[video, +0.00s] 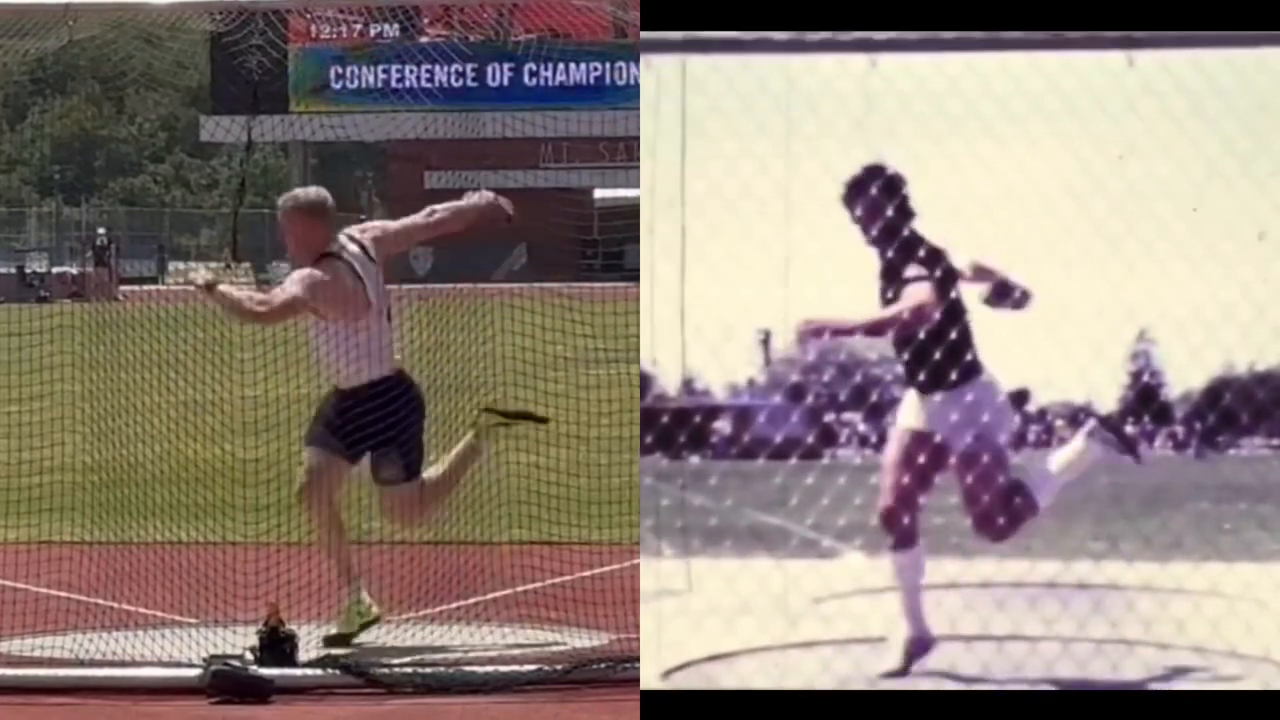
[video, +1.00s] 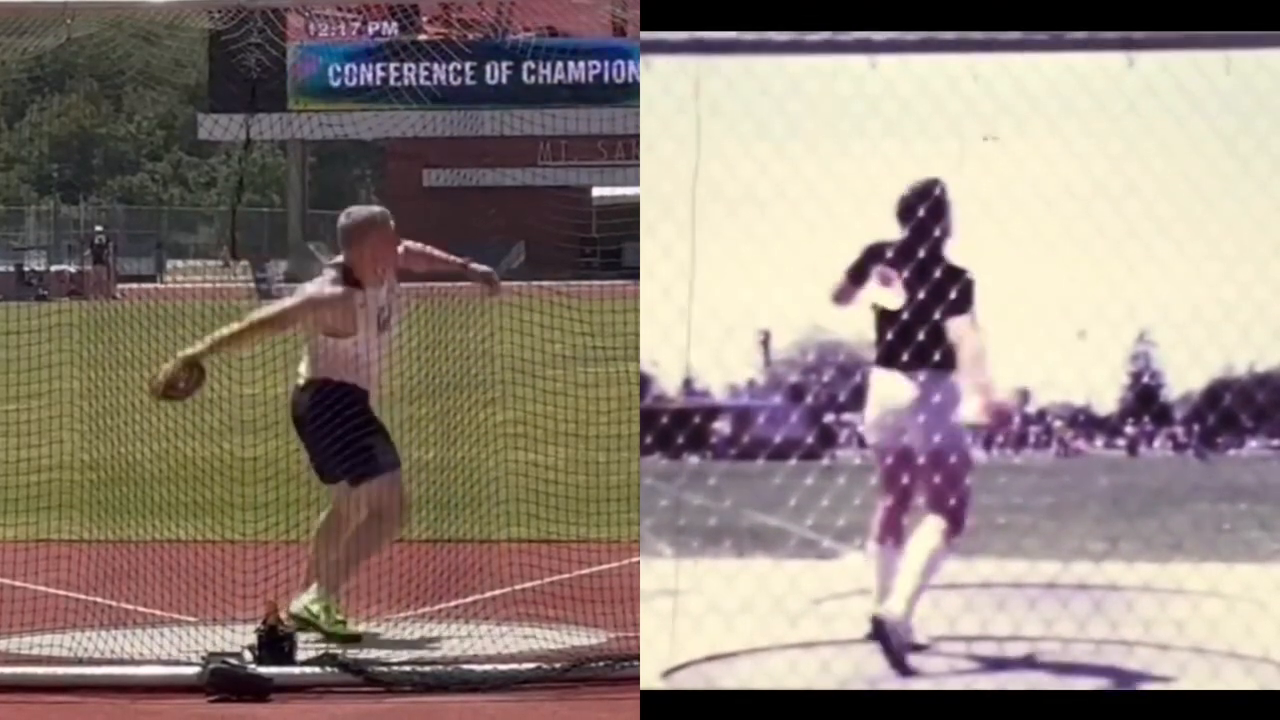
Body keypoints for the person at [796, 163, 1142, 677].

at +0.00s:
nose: (863, 226)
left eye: (869, 214)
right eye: (857, 217)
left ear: (893, 207)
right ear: (860, 218)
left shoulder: (916, 256)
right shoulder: (900, 256)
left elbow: (919, 310)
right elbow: (968, 270)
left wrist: (841, 329)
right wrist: (1006, 284)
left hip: (969, 401)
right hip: (924, 402)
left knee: (996, 522)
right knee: (895, 513)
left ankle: (1089, 445)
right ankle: (916, 632)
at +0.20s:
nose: (873, 239)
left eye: (877, 226)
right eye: (867, 230)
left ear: (901, 218)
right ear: (868, 229)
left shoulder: (935, 263)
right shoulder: (876, 271)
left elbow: (959, 307)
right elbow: (900, 320)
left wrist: (883, 323)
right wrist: (867, 326)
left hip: (964, 399)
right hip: (908, 401)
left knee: (1000, 518)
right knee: (899, 522)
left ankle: (1029, 462)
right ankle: (904, 635)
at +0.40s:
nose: (902, 251)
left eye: (907, 239)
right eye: (892, 242)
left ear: (916, 237)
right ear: (873, 246)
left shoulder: (941, 274)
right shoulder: (866, 282)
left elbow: (1009, 296)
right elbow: (838, 296)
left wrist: (967, 322)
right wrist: (822, 306)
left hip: (960, 407)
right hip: (903, 412)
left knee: (994, 512)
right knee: (916, 529)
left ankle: (946, 531)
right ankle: (886, 628)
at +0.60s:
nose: (915, 276)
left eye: (918, 265)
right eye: (908, 268)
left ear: (928, 259)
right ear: (896, 269)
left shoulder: (961, 283)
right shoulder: (877, 307)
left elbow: (1035, 272)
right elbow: (814, 325)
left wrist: (1095, 296)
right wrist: (759, 332)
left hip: (949, 423)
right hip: (902, 425)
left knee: (955, 522)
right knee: (940, 531)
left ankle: (903, 605)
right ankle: (876, 637)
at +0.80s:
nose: (952, 254)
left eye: (949, 247)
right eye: (945, 249)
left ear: (924, 255)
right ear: (929, 256)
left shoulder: (953, 272)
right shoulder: (899, 304)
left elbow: (984, 267)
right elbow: (832, 347)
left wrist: (1032, 282)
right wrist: (764, 377)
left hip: (927, 411)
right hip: (912, 416)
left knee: (923, 521)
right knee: (964, 529)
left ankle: (886, 618)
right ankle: (882, 620)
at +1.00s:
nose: (948, 224)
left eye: (941, 216)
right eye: (945, 216)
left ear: (903, 218)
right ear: (943, 220)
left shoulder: (878, 257)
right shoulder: (952, 276)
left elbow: (842, 295)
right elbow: (964, 336)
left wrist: (869, 274)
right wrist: (984, 395)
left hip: (885, 378)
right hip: (935, 384)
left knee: (892, 497)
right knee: (947, 506)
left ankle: (884, 606)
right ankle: (898, 607)